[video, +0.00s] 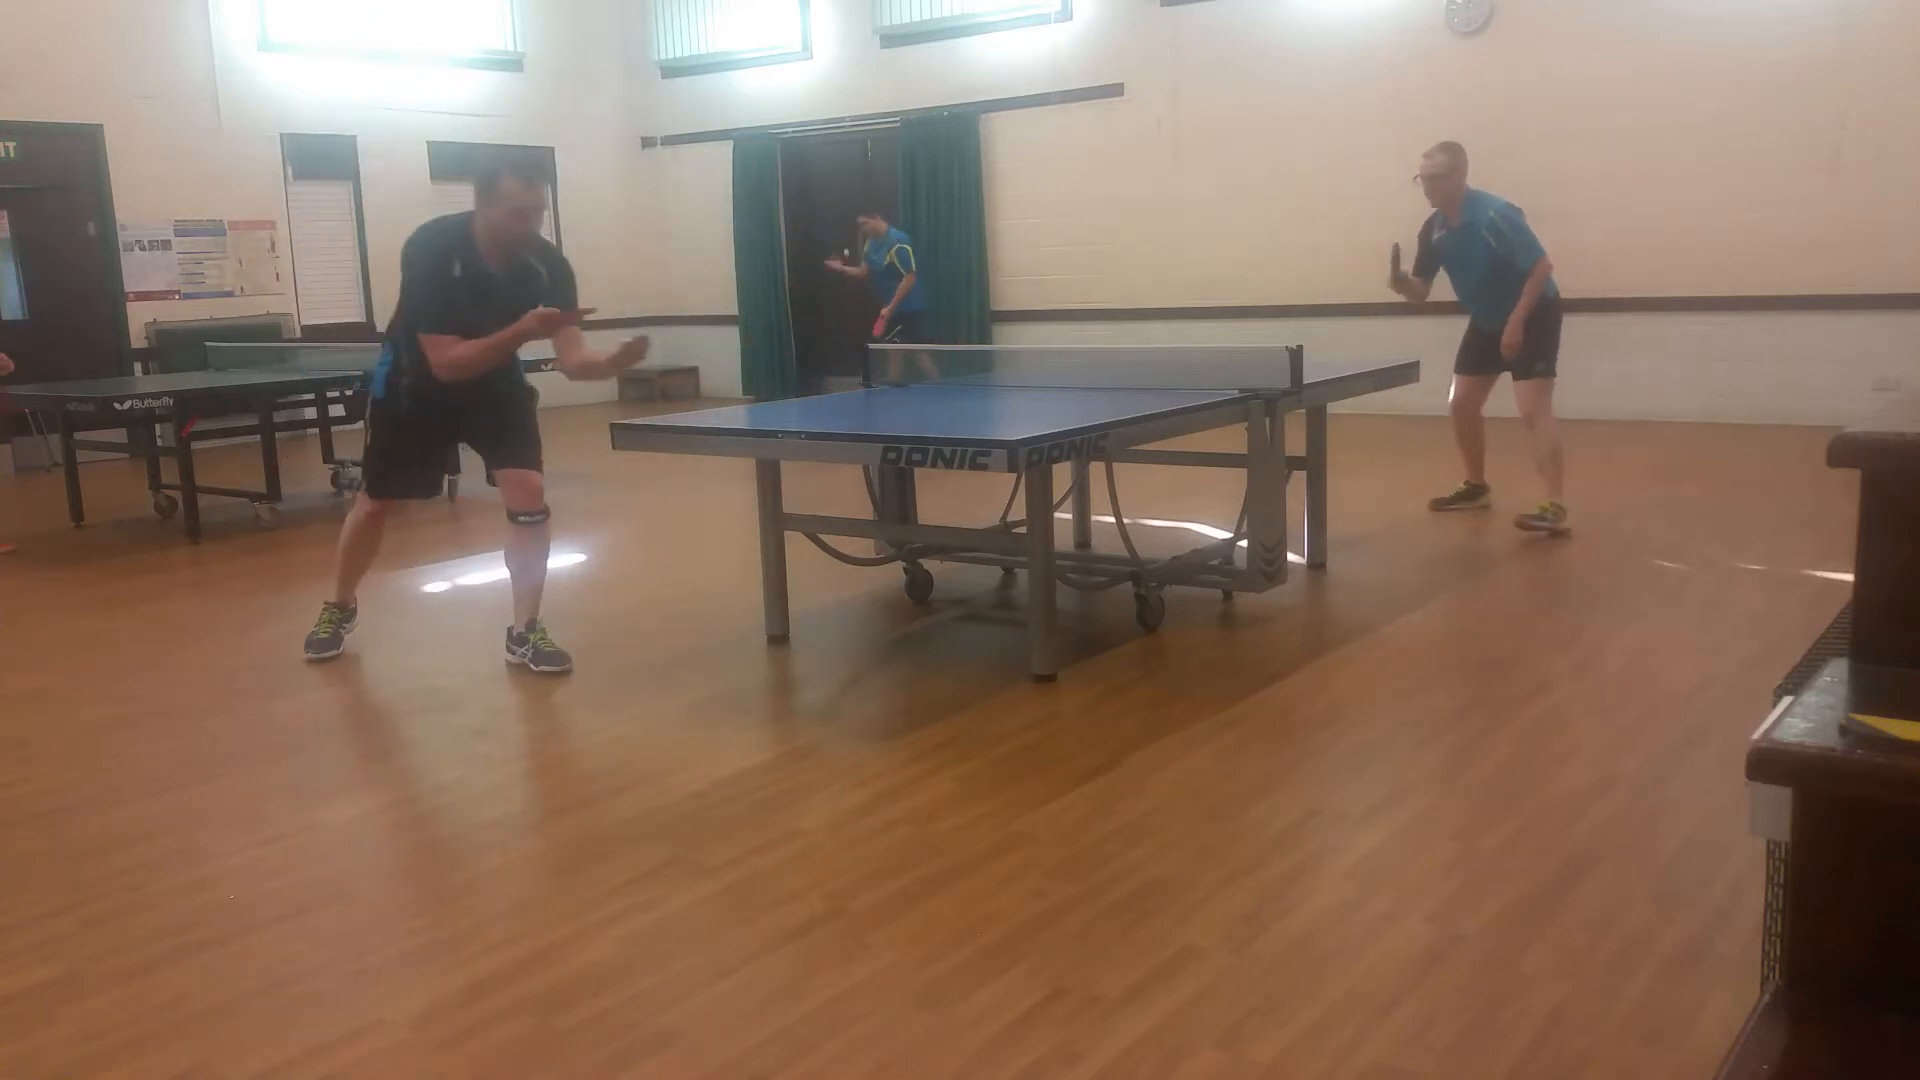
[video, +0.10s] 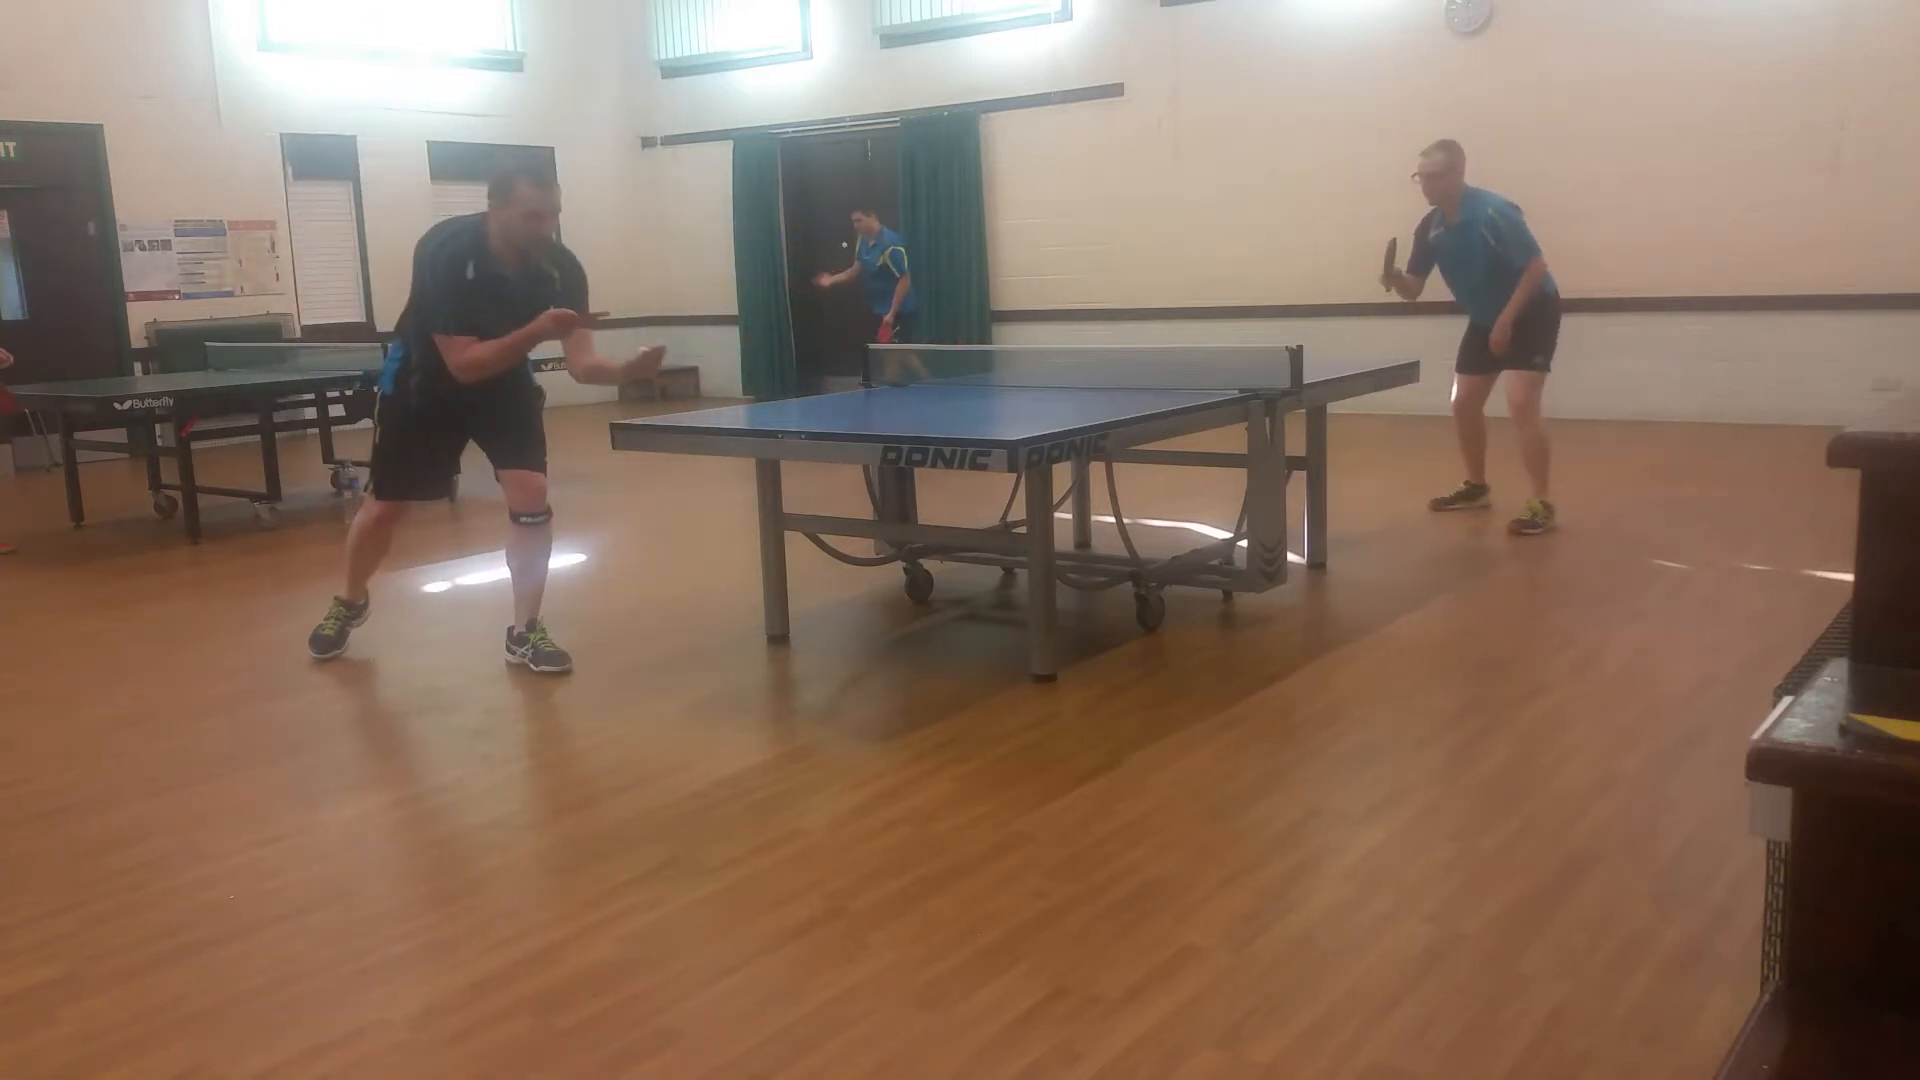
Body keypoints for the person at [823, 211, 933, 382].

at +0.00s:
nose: (863, 229)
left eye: (864, 224)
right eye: (861, 226)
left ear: (876, 219)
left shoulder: (898, 241)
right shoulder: (871, 243)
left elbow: (910, 277)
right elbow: (862, 272)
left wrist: (890, 308)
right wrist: (841, 268)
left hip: (908, 306)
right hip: (892, 306)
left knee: (894, 350)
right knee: (916, 350)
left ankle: (893, 395)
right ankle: (940, 388)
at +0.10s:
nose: (856, 226)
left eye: (858, 221)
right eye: (854, 222)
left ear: (872, 218)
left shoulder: (891, 245)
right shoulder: (864, 239)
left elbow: (904, 280)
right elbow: (857, 269)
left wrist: (891, 314)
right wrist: (831, 280)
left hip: (899, 310)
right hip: (879, 308)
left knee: (890, 353)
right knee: (903, 352)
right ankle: (928, 385)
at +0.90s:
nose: (786, 219)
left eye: (790, 214)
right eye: (783, 214)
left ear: (804, 215)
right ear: (781, 218)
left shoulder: (826, 241)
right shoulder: (786, 241)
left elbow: (842, 277)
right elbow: (784, 275)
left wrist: (844, 312)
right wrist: (779, 307)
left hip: (826, 316)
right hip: (799, 317)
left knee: (825, 358)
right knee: (810, 363)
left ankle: (847, 398)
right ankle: (824, 407)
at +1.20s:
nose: (756, 220)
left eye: (761, 215)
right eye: (754, 216)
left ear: (776, 217)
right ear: (753, 219)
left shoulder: (798, 244)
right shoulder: (755, 245)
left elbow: (821, 279)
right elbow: (749, 279)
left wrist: (839, 312)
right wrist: (734, 305)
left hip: (795, 317)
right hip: (772, 318)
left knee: (782, 362)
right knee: (792, 368)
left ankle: (785, 418)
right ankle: (814, 413)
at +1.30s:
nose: (745, 216)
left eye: (750, 211)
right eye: (743, 212)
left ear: (764, 212)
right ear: (743, 217)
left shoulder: (787, 242)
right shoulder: (745, 241)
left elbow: (806, 278)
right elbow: (742, 277)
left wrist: (820, 315)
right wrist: (730, 308)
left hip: (782, 317)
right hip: (755, 318)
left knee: (776, 364)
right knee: (759, 371)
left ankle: (783, 417)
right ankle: (799, 397)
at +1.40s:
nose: (733, 211)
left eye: (738, 206)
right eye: (732, 207)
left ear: (752, 209)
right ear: (732, 212)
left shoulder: (774, 239)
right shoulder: (734, 239)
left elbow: (790, 277)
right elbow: (734, 280)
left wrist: (792, 315)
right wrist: (729, 311)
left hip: (772, 317)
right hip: (741, 316)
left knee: (775, 365)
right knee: (735, 363)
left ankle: (783, 413)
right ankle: (767, 403)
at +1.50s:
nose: (719, 212)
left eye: (723, 207)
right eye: (717, 208)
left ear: (738, 209)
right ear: (717, 213)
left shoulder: (758, 240)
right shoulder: (720, 240)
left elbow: (769, 277)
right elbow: (724, 279)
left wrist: (761, 313)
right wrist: (725, 311)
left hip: (760, 319)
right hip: (728, 319)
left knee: (771, 368)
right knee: (718, 365)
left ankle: (784, 417)